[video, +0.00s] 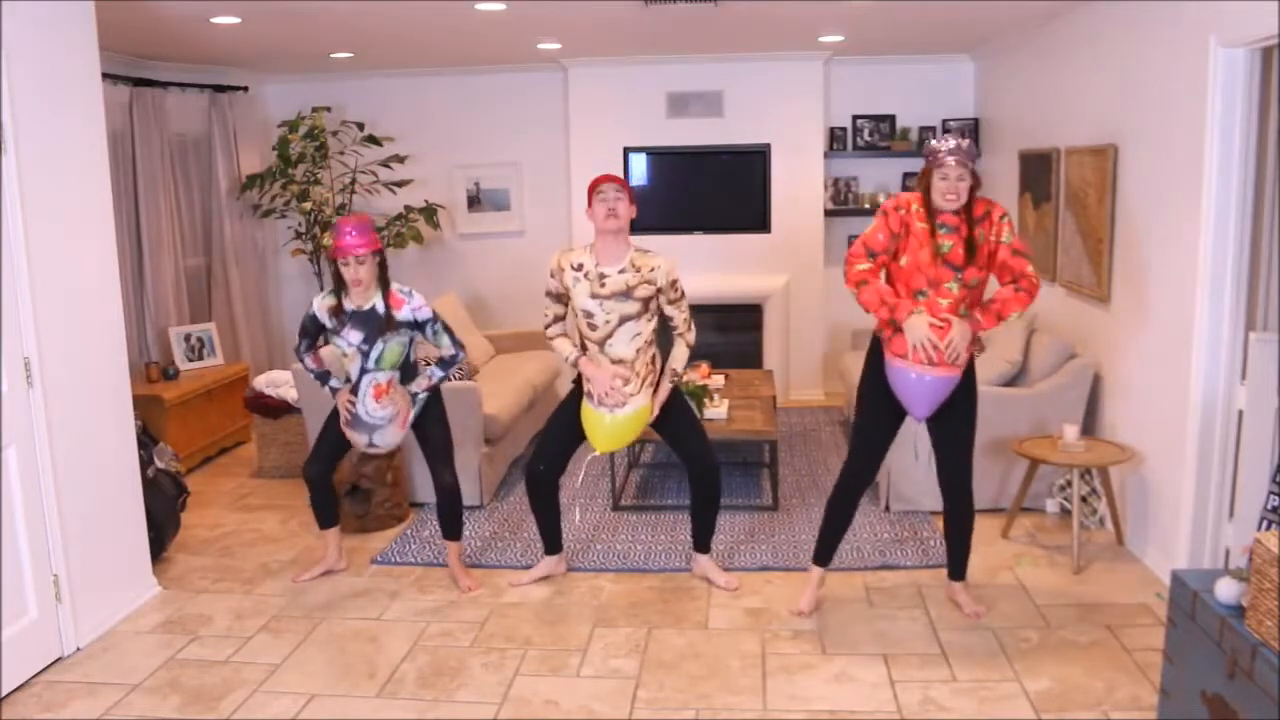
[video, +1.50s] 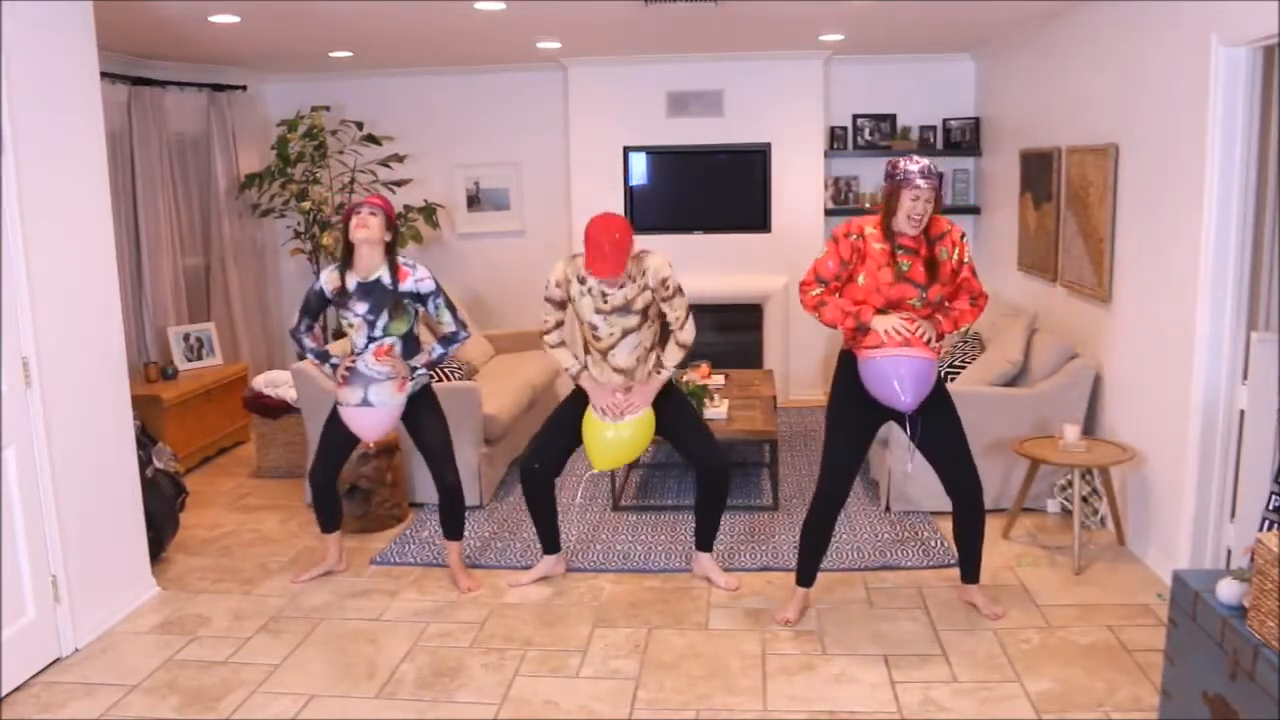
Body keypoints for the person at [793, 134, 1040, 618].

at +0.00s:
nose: (952, 187)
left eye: (961, 179)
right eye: (943, 178)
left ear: (973, 182)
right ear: (927, 179)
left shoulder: (991, 220)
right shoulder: (900, 211)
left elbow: (1024, 282)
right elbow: (857, 265)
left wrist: (974, 324)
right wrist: (904, 315)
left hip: (955, 360)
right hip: (893, 354)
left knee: (957, 476)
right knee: (859, 469)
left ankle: (957, 582)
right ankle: (816, 574)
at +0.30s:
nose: (921, 204)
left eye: (930, 196)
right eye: (914, 194)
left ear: (942, 192)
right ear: (898, 187)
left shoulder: (957, 219)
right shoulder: (868, 213)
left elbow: (985, 282)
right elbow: (826, 266)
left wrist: (945, 318)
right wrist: (875, 312)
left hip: (928, 361)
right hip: (866, 357)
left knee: (961, 475)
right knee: (845, 471)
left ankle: (965, 580)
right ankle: (814, 579)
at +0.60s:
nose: (932, 216)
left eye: (940, 208)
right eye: (923, 208)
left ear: (952, 201)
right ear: (906, 199)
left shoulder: (972, 225)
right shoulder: (877, 220)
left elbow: (1002, 285)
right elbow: (833, 272)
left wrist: (955, 314)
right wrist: (883, 310)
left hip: (943, 358)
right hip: (883, 354)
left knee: (968, 475)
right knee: (846, 469)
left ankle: (971, 584)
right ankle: (800, 578)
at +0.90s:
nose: (924, 221)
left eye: (933, 214)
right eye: (917, 211)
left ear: (944, 209)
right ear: (901, 202)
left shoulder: (959, 235)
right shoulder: (868, 225)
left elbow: (983, 294)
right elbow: (820, 275)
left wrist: (941, 320)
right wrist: (875, 311)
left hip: (926, 366)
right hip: (866, 363)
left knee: (964, 485)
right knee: (837, 484)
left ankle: (970, 584)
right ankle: (802, 590)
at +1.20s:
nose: (917, 217)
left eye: (927, 209)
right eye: (910, 207)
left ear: (937, 207)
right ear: (893, 199)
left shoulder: (950, 236)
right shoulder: (858, 229)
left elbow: (976, 296)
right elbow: (812, 284)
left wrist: (938, 320)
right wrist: (868, 314)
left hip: (921, 368)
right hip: (861, 366)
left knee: (964, 486)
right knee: (833, 485)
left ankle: (971, 585)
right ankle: (801, 592)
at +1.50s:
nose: (920, 208)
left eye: (928, 200)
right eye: (912, 198)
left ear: (936, 202)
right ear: (890, 195)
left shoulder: (948, 238)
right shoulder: (856, 235)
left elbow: (973, 298)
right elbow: (812, 290)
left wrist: (938, 324)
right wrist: (868, 318)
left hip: (922, 370)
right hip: (861, 368)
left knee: (967, 487)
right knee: (832, 486)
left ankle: (971, 584)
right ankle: (801, 591)